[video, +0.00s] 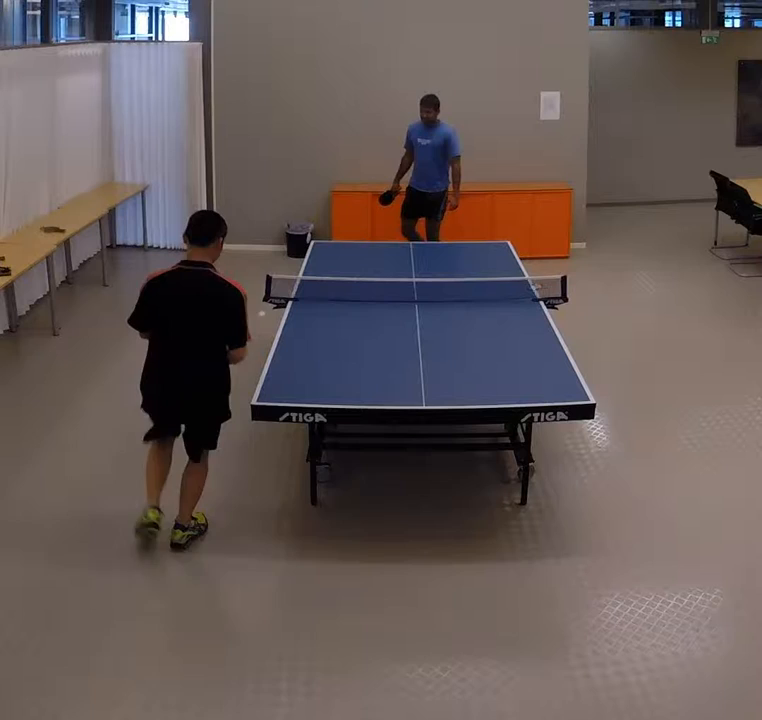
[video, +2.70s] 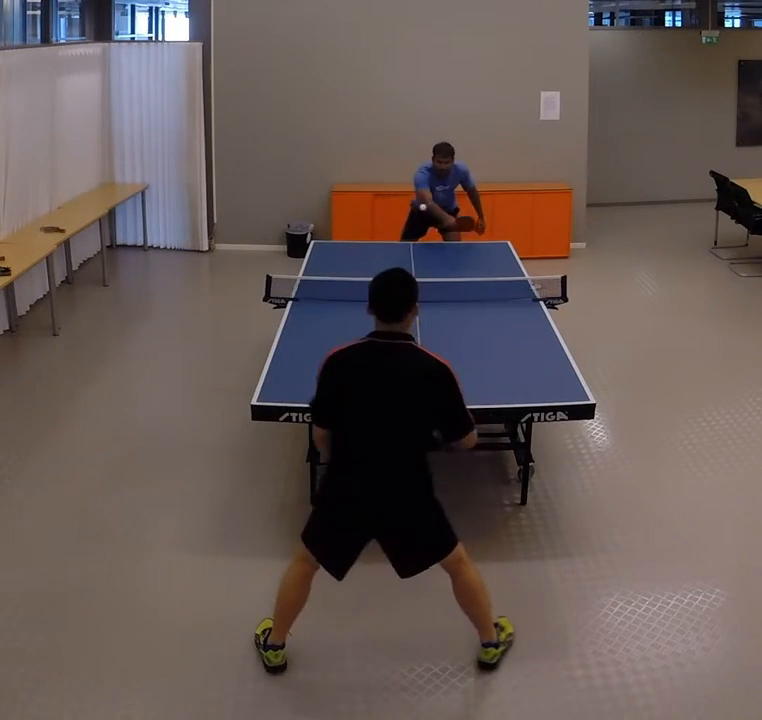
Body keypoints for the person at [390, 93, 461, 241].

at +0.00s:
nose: (424, 115)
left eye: (428, 112)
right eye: (422, 112)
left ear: (437, 112)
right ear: (419, 111)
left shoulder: (448, 133)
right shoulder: (413, 130)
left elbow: (455, 164)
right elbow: (408, 156)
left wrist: (455, 194)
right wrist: (396, 182)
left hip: (437, 190)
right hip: (415, 188)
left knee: (432, 234)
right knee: (407, 230)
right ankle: (427, 255)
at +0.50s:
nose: (406, 123)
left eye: (410, 119)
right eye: (404, 119)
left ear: (419, 118)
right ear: (400, 118)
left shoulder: (432, 137)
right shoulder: (392, 137)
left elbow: (439, 166)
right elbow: (385, 165)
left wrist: (432, 193)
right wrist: (379, 193)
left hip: (423, 197)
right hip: (400, 196)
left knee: (425, 240)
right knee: (397, 240)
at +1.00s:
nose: (416, 132)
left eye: (420, 129)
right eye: (413, 128)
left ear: (428, 129)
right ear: (409, 128)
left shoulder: (440, 146)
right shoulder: (398, 149)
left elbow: (454, 170)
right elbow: (388, 174)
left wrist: (457, 196)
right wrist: (383, 201)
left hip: (435, 201)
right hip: (409, 202)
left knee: (446, 240)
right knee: (398, 241)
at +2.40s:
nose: (429, 157)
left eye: (432, 153)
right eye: (425, 153)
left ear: (438, 152)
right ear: (418, 150)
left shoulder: (447, 166)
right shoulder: (406, 168)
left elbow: (462, 187)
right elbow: (383, 193)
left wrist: (468, 218)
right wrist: (396, 213)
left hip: (439, 211)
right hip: (413, 211)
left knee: (447, 246)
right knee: (400, 248)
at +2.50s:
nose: (434, 163)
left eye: (439, 159)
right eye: (431, 159)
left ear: (444, 158)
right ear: (425, 157)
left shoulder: (453, 171)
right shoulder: (414, 172)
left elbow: (467, 192)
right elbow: (395, 199)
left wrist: (475, 219)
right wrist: (413, 214)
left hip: (442, 210)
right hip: (417, 210)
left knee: (450, 247)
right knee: (402, 247)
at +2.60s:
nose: (439, 167)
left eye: (443, 163)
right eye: (435, 162)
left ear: (448, 161)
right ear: (429, 160)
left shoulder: (456, 172)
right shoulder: (418, 175)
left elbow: (469, 193)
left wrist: (479, 218)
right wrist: (428, 215)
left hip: (444, 211)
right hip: (421, 210)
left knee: (453, 246)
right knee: (404, 245)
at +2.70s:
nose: (443, 166)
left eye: (447, 163)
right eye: (439, 162)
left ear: (453, 161)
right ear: (433, 160)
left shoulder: (460, 171)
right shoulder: (423, 174)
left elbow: (472, 192)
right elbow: (427, 202)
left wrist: (481, 217)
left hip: (447, 211)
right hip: (423, 210)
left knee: (455, 247)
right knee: (405, 246)